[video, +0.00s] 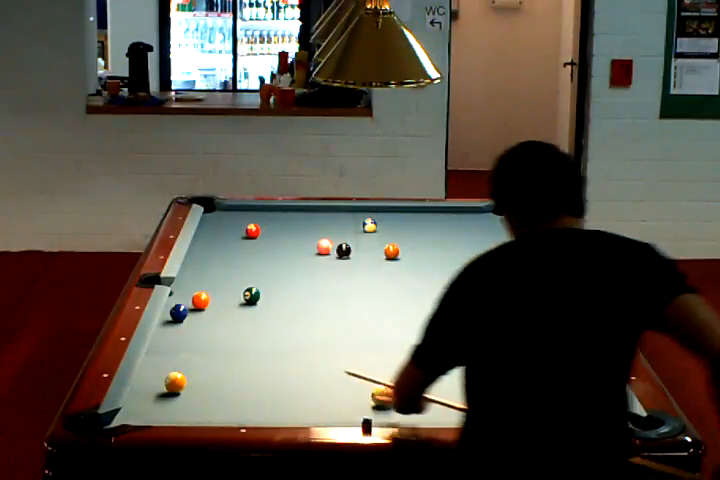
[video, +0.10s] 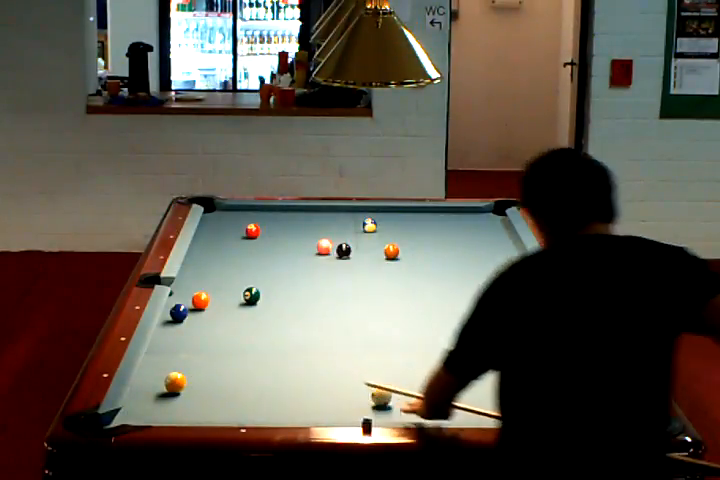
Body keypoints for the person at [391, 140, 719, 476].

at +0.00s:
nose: (503, 215)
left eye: (501, 206)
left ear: (505, 208)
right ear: (578, 198)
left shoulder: (482, 276)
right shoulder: (632, 260)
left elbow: (405, 393)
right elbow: (714, 343)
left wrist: (413, 398)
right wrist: (717, 451)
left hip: (496, 475)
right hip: (601, 474)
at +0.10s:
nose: (533, 222)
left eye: (531, 213)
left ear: (536, 217)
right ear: (608, 205)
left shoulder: (518, 282)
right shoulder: (670, 266)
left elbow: (437, 395)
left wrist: (431, 407)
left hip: (535, 478)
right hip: (641, 476)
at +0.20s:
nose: (563, 236)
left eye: (564, 225)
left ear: (572, 229)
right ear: (643, 222)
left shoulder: (559, 301)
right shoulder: (698, 279)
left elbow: (480, 394)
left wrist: (452, 423)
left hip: (581, 472)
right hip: (690, 466)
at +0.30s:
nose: (600, 262)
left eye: (601, 253)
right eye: (601, 252)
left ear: (612, 258)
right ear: (682, 241)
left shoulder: (595, 332)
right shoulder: (717, 298)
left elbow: (506, 411)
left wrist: (471, 422)